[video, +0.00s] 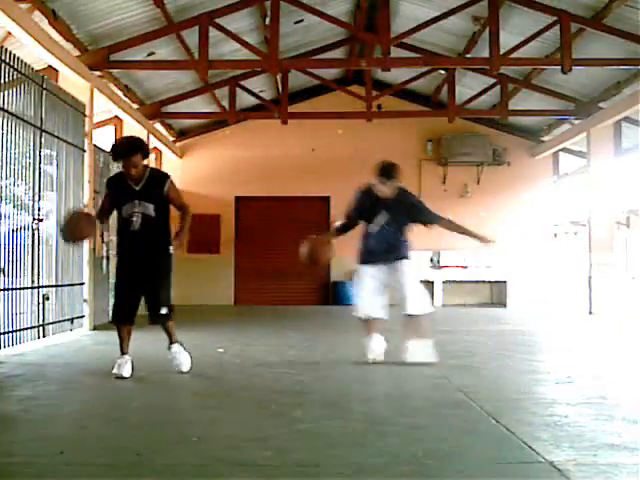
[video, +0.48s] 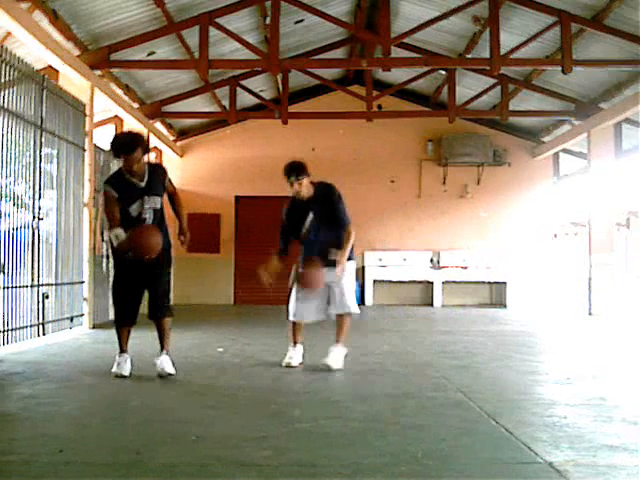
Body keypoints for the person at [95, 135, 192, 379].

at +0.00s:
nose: (130, 171)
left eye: (135, 166)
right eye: (126, 166)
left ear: (145, 160)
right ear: (120, 163)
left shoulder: (161, 181)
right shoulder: (115, 184)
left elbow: (184, 209)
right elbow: (103, 215)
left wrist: (183, 230)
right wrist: (91, 217)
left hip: (157, 254)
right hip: (128, 255)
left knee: (161, 307)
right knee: (123, 309)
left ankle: (175, 345)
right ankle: (124, 357)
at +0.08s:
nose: (127, 172)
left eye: (131, 167)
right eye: (122, 167)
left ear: (140, 161)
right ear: (116, 165)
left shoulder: (157, 180)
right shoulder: (111, 187)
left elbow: (178, 209)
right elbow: (105, 220)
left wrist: (176, 243)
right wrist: (98, 243)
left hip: (153, 252)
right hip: (125, 253)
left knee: (152, 305)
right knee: (122, 307)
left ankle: (169, 344)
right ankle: (124, 357)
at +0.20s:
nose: (120, 172)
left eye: (124, 167)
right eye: (116, 167)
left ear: (136, 161)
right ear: (112, 165)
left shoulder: (154, 179)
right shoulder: (108, 190)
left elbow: (174, 208)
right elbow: (108, 223)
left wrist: (179, 244)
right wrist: (109, 249)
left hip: (153, 250)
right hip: (125, 252)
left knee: (147, 302)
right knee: (121, 305)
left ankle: (162, 344)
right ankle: (123, 356)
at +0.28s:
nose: (120, 171)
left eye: (124, 166)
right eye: (116, 167)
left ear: (135, 161)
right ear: (111, 166)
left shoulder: (154, 178)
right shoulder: (108, 191)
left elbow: (173, 205)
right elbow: (111, 230)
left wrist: (185, 236)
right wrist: (126, 244)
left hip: (154, 247)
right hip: (125, 250)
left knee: (147, 298)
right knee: (121, 303)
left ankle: (160, 343)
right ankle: (123, 357)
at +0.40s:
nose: (122, 168)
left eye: (126, 163)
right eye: (118, 164)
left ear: (137, 158)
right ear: (113, 163)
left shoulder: (155, 176)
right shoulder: (109, 189)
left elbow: (173, 197)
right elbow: (113, 227)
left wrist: (185, 229)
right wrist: (125, 248)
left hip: (156, 252)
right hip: (125, 254)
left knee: (155, 304)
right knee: (123, 307)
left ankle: (162, 351)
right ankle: (123, 356)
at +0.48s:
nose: (131, 165)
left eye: (135, 159)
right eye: (126, 160)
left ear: (144, 154)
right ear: (121, 159)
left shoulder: (158, 172)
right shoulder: (113, 184)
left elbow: (172, 194)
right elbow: (113, 223)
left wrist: (182, 223)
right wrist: (125, 244)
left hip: (159, 250)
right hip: (128, 253)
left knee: (161, 303)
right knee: (124, 305)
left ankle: (165, 354)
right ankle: (123, 354)